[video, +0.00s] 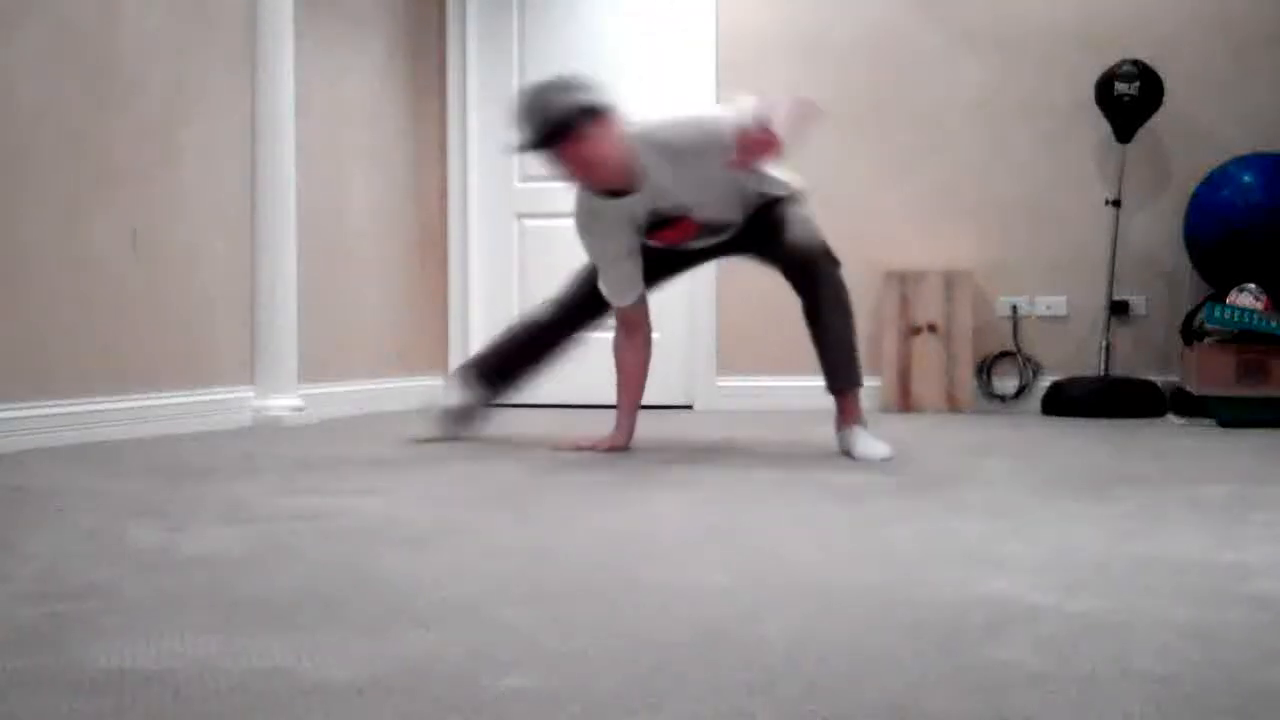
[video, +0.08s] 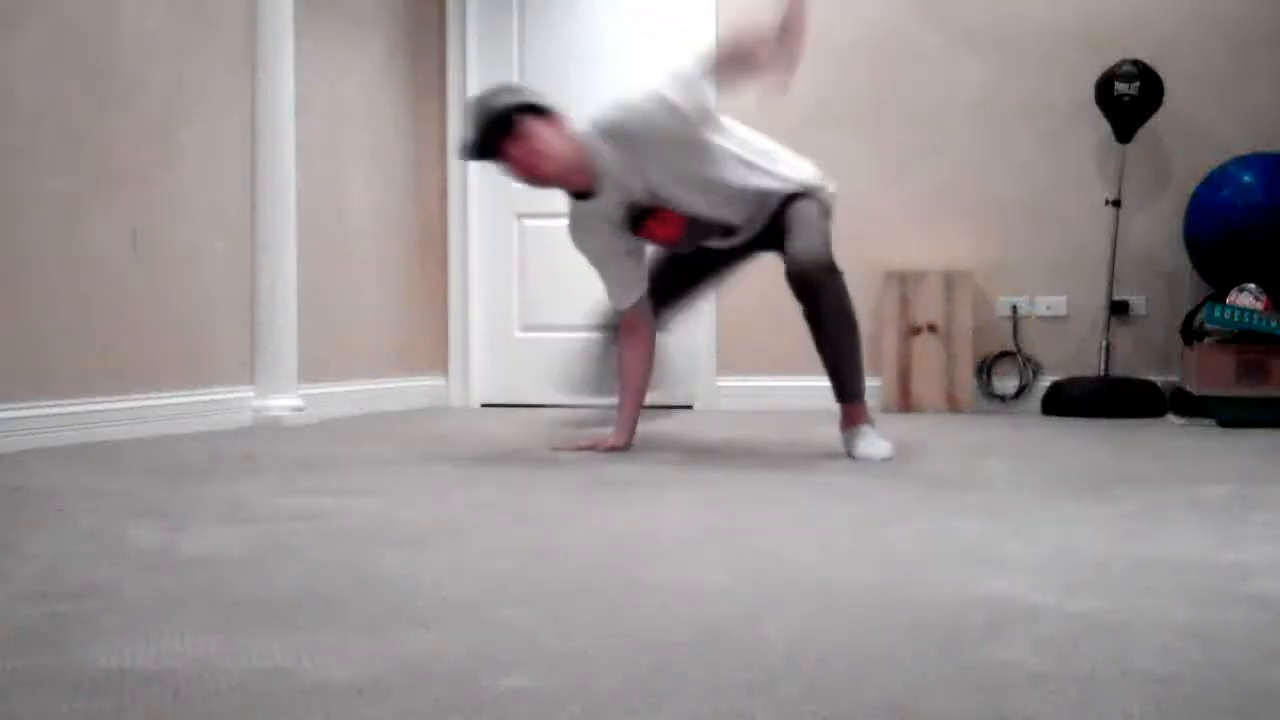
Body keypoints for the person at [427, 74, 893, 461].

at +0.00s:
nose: (575, 157)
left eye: (578, 137)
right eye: (561, 151)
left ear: (608, 124)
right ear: (557, 162)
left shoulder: (676, 141)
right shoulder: (597, 213)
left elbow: (785, 113)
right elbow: (631, 326)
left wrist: (766, 137)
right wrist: (622, 434)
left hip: (754, 214)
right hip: (671, 241)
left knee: (817, 266)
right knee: (572, 308)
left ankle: (851, 424)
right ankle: (473, 391)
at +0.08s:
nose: (523, 164)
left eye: (521, 142)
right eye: (508, 159)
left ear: (553, 122)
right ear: (510, 173)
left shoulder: (638, 121)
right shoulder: (592, 226)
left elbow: (715, 66)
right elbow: (635, 319)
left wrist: (776, 48)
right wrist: (623, 432)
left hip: (785, 194)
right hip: (720, 233)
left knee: (810, 265)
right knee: (634, 316)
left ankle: (856, 422)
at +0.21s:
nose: (483, 142)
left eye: (481, 123)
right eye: (469, 144)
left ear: (506, 104)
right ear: (474, 162)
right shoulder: (571, 227)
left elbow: (648, 12)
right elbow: (621, 327)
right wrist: (624, 435)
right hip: (751, 248)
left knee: (802, 288)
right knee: (817, 366)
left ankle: (864, 410)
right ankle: (932, 331)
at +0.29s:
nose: (502, 122)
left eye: (499, 105)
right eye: (484, 126)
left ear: (522, 95)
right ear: (483, 148)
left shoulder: (592, 106)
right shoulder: (563, 226)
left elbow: (657, 55)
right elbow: (613, 329)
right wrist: (625, 432)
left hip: (769, 161)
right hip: (762, 236)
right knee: (881, 360)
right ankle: (1021, 322)